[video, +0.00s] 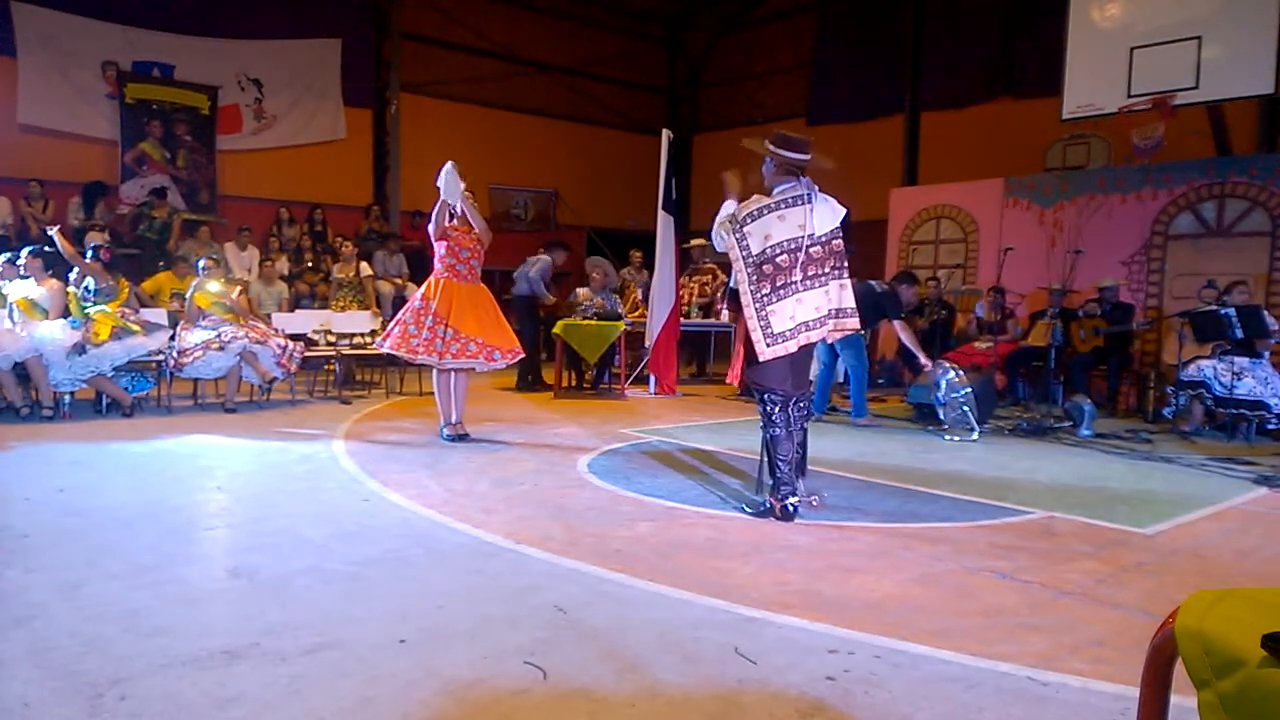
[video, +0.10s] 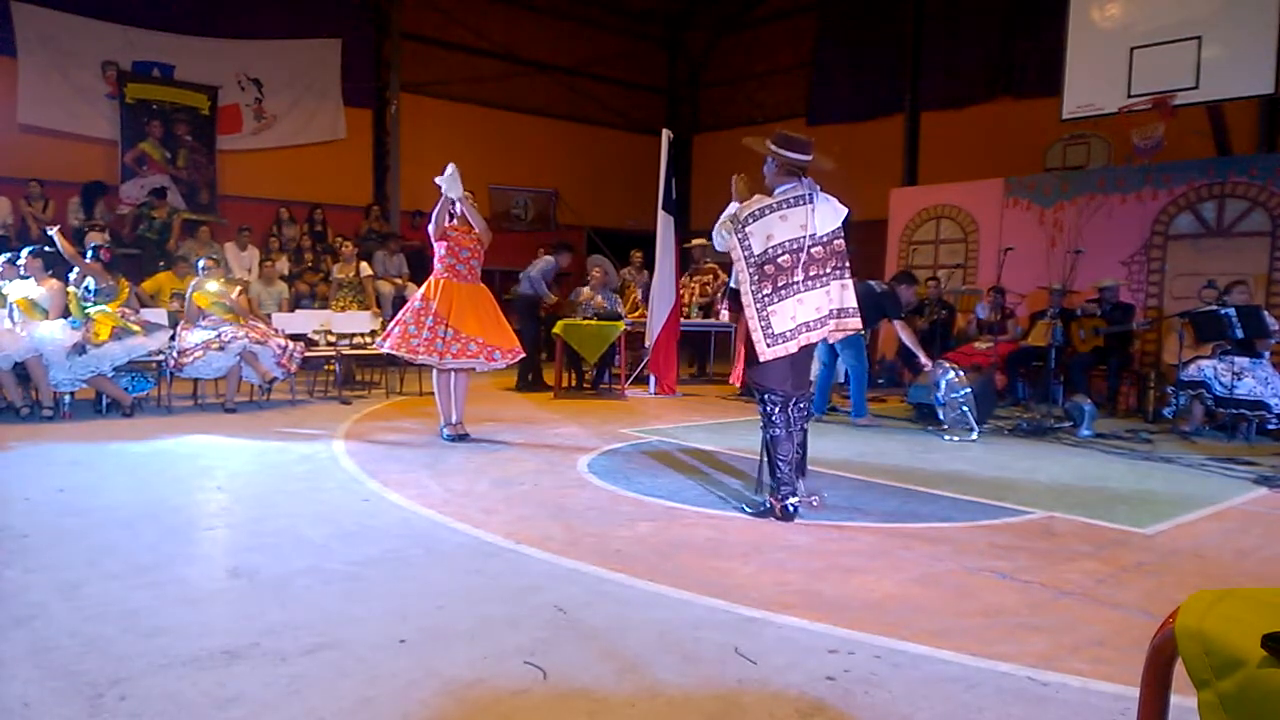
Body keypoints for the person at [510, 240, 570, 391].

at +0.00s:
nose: (564, 260)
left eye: (565, 257)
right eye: (564, 256)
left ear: (553, 251)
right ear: (556, 253)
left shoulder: (532, 259)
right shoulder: (546, 260)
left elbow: (517, 274)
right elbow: (533, 275)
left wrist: (530, 289)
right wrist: (547, 297)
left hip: (519, 297)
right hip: (528, 298)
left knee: (529, 340)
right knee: (531, 341)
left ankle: (535, 376)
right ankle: (524, 378)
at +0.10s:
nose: (568, 263)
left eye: (569, 259)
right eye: (568, 258)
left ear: (561, 256)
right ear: (561, 255)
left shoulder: (542, 261)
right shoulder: (549, 261)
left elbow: (522, 275)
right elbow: (534, 275)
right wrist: (547, 296)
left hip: (528, 298)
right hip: (527, 299)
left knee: (533, 341)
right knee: (530, 341)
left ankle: (537, 377)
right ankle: (523, 379)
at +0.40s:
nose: (577, 263)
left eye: (578, 259)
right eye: (576, 258)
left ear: (570, 258)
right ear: (570, 255)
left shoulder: (560, 268)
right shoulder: (556, 260)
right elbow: (539, 271)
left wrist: (552, 297)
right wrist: (551, 293)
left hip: (540, 300)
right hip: (531, 299)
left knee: (539, 341)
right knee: (529, 340)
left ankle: (538, 377)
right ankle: (520, 378)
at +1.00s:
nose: (572, 260)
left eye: (574, 256)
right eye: (571, 255)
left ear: (567, 255)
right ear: (564, 252)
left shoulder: (558, 268)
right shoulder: (549, 259)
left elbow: (551, 285)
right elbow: (532, 272)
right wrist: (543, 294)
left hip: (538, 301)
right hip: (528, 300)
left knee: (541, 340)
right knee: (529, 338)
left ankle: (537, 376)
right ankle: (517, 376)